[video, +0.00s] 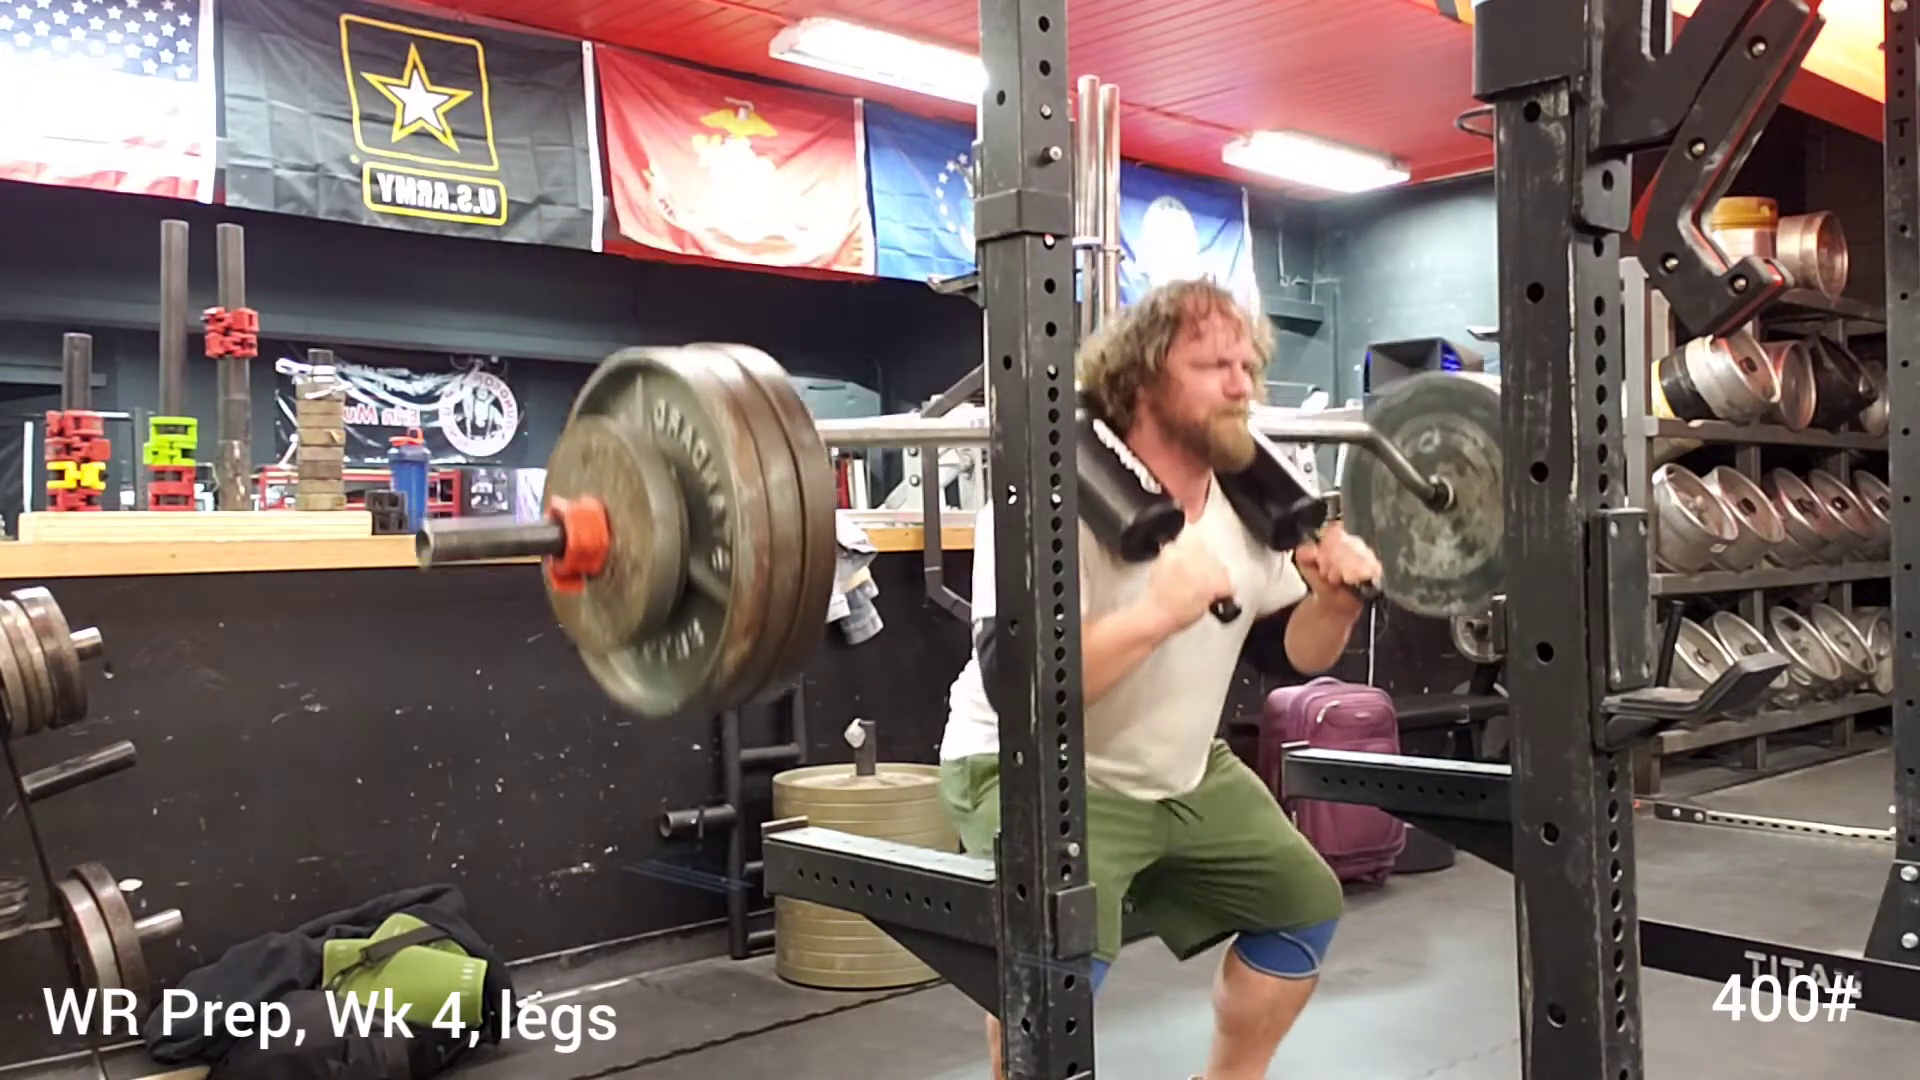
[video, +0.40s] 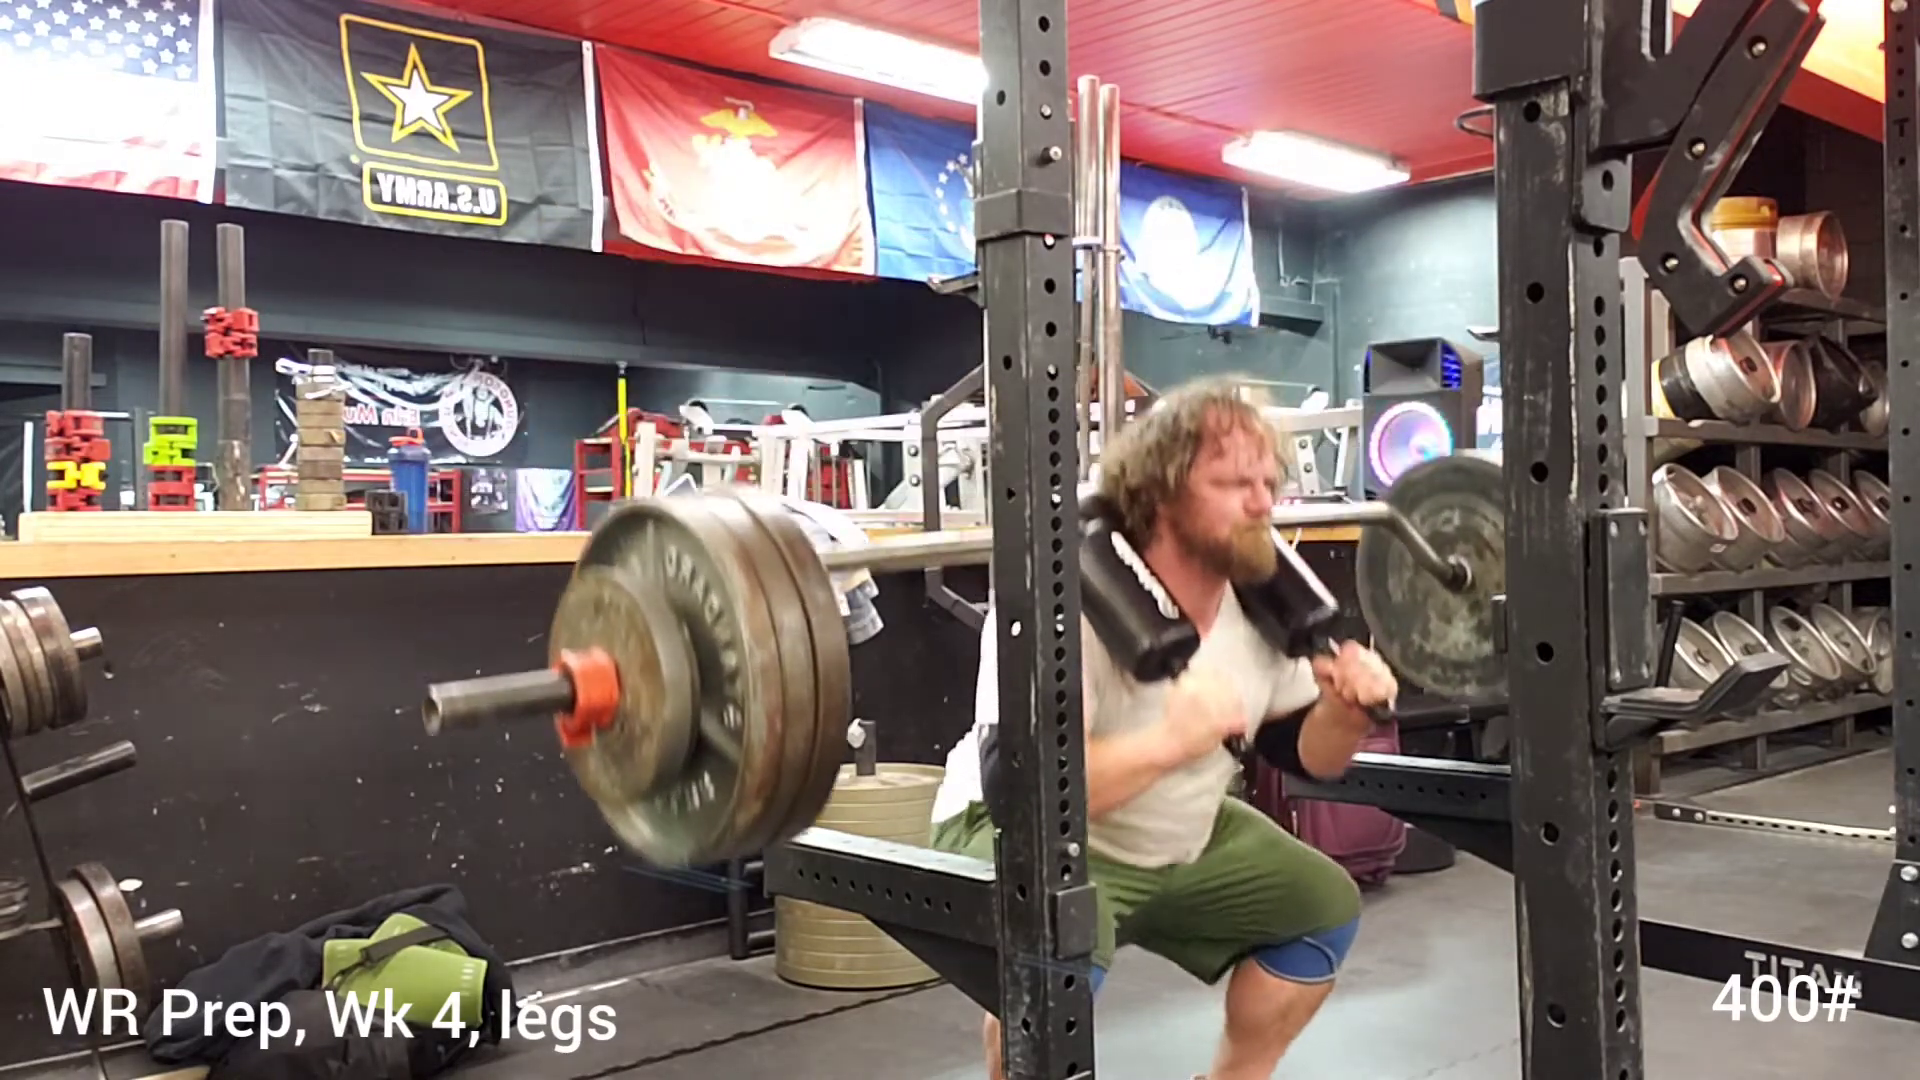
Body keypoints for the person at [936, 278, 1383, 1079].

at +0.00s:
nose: (1240, 386)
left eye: (1247, 366)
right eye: (1213, 366)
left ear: (1258, 373)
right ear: (1145, 381)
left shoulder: (1253, 484)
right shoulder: (1054, 485)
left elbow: (1304, 655)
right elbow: (1019, 684)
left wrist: (1337, 596)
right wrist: (1156, 613)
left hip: (1184, 766)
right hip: (1043, 768)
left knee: (1301, 905)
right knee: (1068, 945)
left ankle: (1231, 1075)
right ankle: (1020, 1069)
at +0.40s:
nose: (1260, 504)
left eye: (1267, 485)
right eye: (1235, 485)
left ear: (1277, 484)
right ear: (1161, 490)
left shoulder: (1261, 585)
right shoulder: (1065, 594)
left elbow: (1316, 757)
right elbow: (1029, 791)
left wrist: (1348, 702)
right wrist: (1167, 742)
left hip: (1180, 828)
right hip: (1036, 837)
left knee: (1321, 908)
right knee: (1062, 947)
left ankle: (1236, 1073)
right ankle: (1017, 1070)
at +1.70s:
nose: (1254, 376)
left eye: (1263, 359)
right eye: (1229, 357)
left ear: (1272, 371)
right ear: (1165, 368)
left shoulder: (1258, 475)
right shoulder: (1069, 468)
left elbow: (1314, 650)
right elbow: (1016, 663)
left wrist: (1344, 593)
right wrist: (1158, 608)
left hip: (1191, 758)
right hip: (1052, 758)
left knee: (1306, 905)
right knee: (1072, 951)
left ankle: (1236, 1075)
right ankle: (1014, 1067)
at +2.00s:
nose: (1242, 247)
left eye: (1253, 231)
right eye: (1217, 226)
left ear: (1262, 249)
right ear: (1155, 234)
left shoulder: (1258, 358)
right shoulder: (1066, 346)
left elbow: (1300, 538)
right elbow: (1027, 526)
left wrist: (1334, 476)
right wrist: (1149, 472)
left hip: (1207, 686)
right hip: (1080, 690)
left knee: (1260, 892)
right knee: (1056, 927)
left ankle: (1227, 1072)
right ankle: (1019, 1069)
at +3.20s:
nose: (1235, 346)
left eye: (1243, 328)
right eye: (1210, 329)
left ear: (1253, 340)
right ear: (1144, 343)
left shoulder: (1252, 443)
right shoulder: (1055, 446)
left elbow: (1315, 622)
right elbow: (1009, 640)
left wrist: (1336, 557)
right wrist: (1149, 573)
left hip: (1205, 760)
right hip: (1070, 769)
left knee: (1317, 911)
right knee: (1086, 980)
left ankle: (1238, 1074)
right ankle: (1042, 1072)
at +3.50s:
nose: (1248, 471)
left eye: (1255, 455)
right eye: (1221, 453)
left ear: (1266, 463)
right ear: (1154, 462)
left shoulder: (1259, 570)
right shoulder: (1058, 574)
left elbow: (1326, 738)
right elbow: (1017, 774)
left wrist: (1352, 680)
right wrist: (1163, 709)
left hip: (1187, 832)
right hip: (1048, 840)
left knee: (1328, 910)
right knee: (1087, 958)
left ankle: (1239, 1072)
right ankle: (1032, 1069)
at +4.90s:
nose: (1249, 354)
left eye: (1255, 336)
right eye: (1225, 334)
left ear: (1263, 348)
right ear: (1157, 345)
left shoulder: (1258, 457)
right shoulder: (1063, 448)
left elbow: (1315, 629)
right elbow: (1004, 630)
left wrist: (1340, 567)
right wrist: (1156, 579)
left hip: (1197, 752)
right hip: (1060, 754)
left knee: (1306, 905)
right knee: (1059, 956)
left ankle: (1235, 1075)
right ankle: (1007, 1069)